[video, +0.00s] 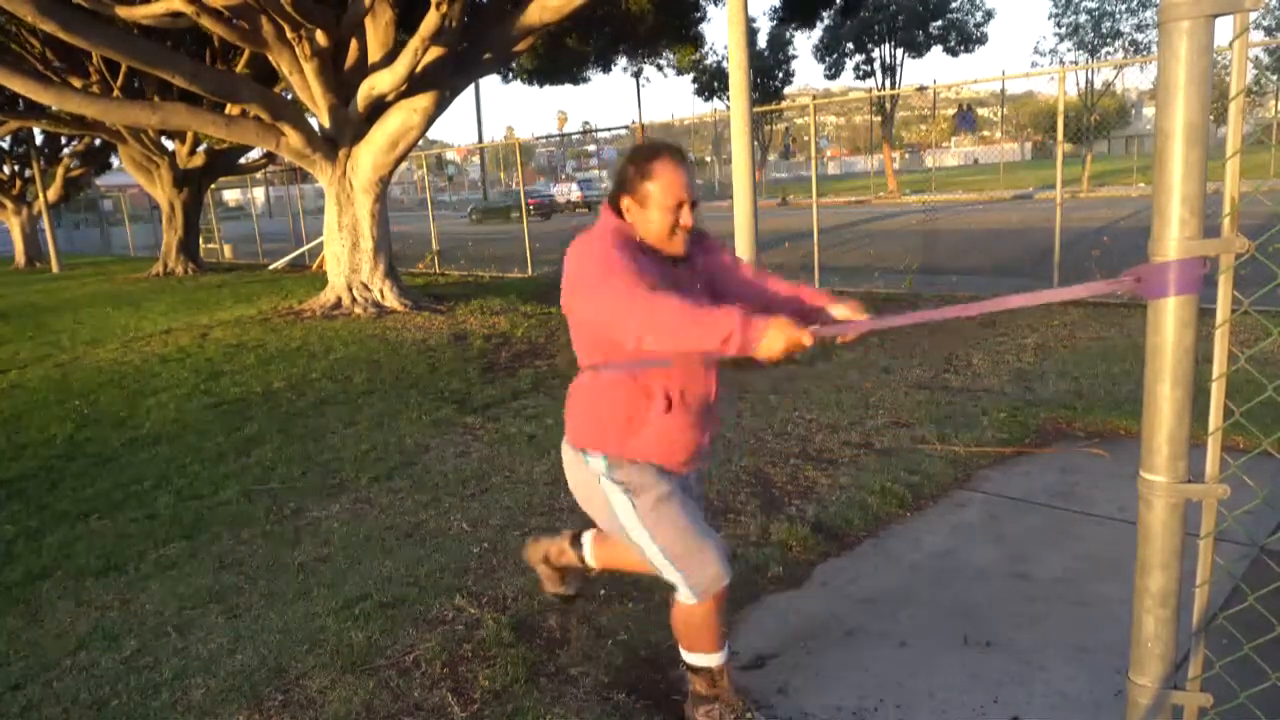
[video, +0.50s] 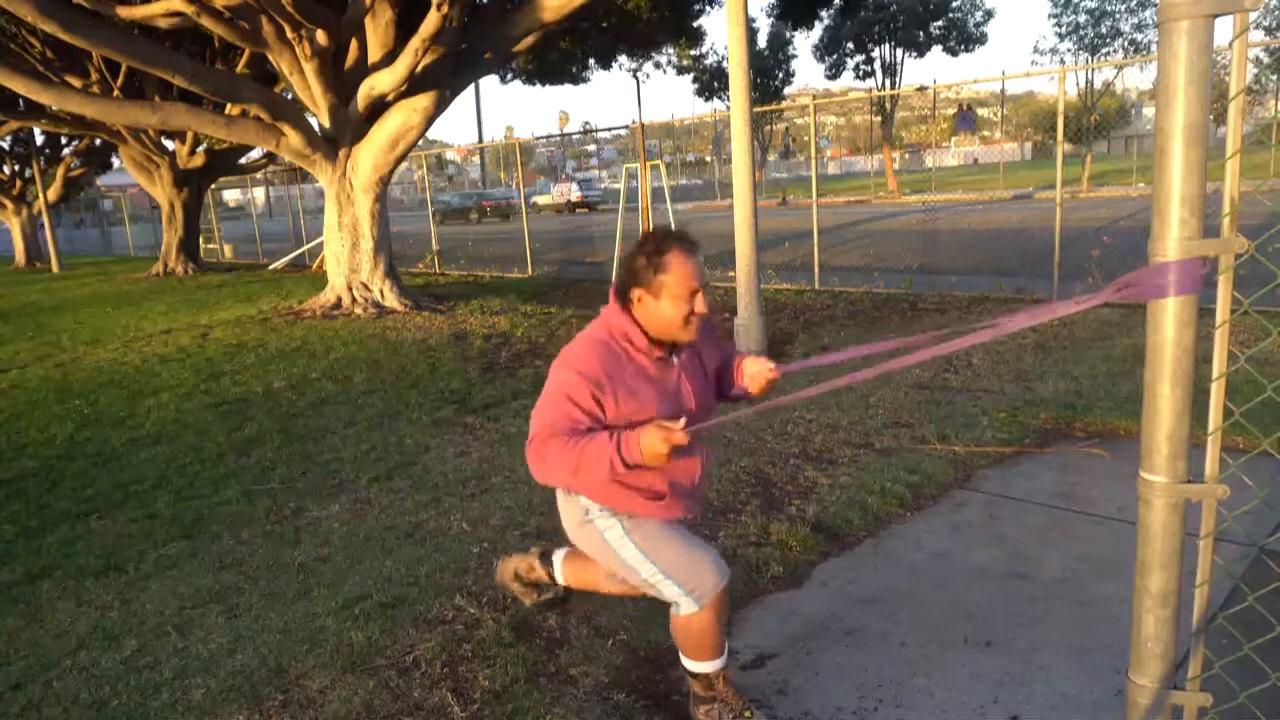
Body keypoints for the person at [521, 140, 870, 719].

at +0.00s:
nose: (690, 218)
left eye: (692, 204)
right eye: (676, 206)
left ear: (694, 200)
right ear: (628, 208)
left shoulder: (688, 250)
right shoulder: (595, 259)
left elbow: (752, 286)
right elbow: (650, 320)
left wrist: (825, 307)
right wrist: (751, 334)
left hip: (670, 451)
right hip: (610, 455)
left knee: (678, 551)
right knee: (704, 576)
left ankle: (564, 554)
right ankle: (709, 696)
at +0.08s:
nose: (700, 250)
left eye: (702, 235)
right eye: (687, 238)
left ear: (700, 232)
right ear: (640, 239)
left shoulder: (701, 287)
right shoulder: (598, 296)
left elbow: (747, 329)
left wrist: (799, 340)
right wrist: (693, 373)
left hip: (660, 477)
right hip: (603, 480)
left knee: (644, 574)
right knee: (710, 575)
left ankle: (546, 566)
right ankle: (713, 697)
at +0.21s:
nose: (724, 303)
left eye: (723, 290)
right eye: (710, 293)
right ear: (663, 293)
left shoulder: (692, 335)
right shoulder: (604, 341)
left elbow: (713, 371)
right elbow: (566, 431)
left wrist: (754, 365)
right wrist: (660, 416)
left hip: (649, 506)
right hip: (591, 510)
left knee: (632, 599)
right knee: (707, 571)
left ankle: (545, 566)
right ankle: (715, 694)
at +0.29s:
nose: (727, 328)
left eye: (727, 314)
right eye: (715, 318)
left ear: (675, 318)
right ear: (669, 318)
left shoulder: (689, 354)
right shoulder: (606, 362)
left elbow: (702, 391)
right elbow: (570, 460)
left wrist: (739, 389)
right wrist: (658, 441)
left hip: (640, 515)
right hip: (584, 520)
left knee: (628, 609)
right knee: (699, 574)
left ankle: (543, 568)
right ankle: (712, 696)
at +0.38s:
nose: (721, 332)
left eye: (722, 319)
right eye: (709, 323)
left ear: (669, 325)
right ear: (661, 325)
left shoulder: (687, 359)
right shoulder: (600, 372)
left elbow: (709, 393)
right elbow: (558, 466)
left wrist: (739, 393)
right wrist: (644, 453)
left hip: (647, 516)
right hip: (585, 521)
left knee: (630, 607)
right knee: (692, 577)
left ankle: (545, 574)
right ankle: (710, 693)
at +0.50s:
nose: (702, 307)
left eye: (702, 293)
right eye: (690, 297)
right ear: (640, 301)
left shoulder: (688, 336)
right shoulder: (589, 359)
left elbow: (717, 372)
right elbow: (545, 451)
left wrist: (742, 373)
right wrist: (629, 445)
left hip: (661, 495)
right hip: (601, 504)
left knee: (645, 577)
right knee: (702, 581)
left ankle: (544, 568)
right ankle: (711, 695)